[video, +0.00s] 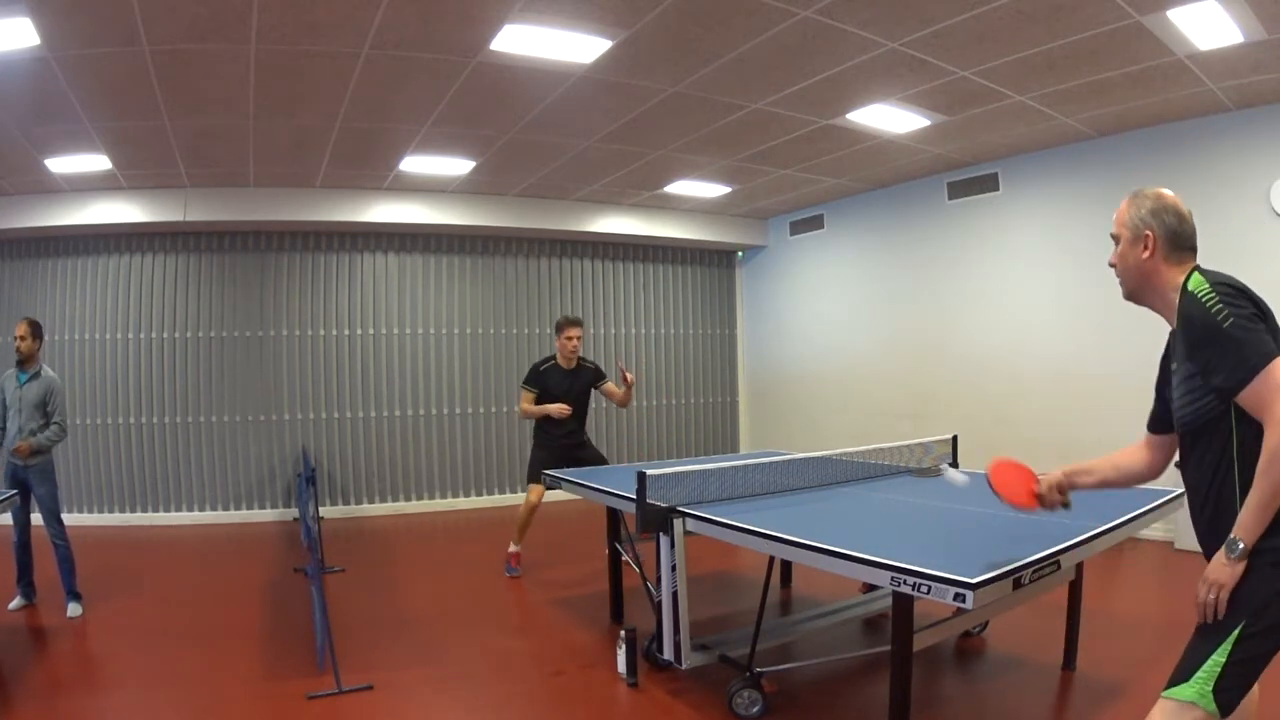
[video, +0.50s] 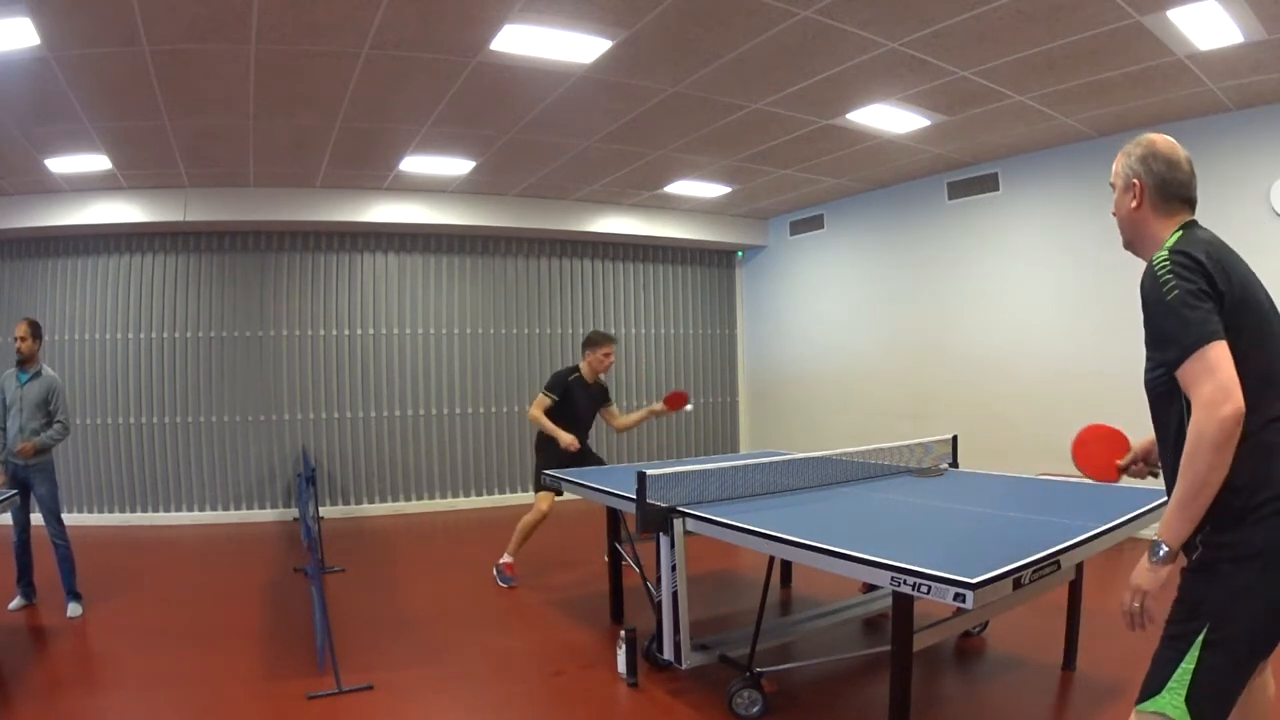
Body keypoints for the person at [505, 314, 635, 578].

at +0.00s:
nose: (575, 344)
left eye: (578, 339)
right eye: (569, 339)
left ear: (582, 341)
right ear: (557, 341)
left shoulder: (589, 370)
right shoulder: (540, 371)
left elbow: (621, 401)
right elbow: (524, 409)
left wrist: (627, 388)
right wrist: (548, 408)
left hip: (579, 444)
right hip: (546, 447)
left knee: (613, 485)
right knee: (534, 498)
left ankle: (616, 544)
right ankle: (514, 550)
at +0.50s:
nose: (611, 361)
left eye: (612, 355)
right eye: (606, 356)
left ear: (611, 356)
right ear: (588, 355)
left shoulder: (599, 389)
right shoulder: (563, 379)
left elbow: (618, 423)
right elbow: (534, 413)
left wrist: (650, 411)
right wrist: (561, 435)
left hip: (579, 450)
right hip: (551, 450)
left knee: (618, 488)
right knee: (543, 508)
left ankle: (615, 549)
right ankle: (506, 560)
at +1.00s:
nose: (576, 343)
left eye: (579, 338)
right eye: (570, 339)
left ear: (583, 341)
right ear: (558, 341)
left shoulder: (592, 372)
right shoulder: (541, 370)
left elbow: (617, 408)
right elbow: (522, 404)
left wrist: (626, 402)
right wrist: (536, 421)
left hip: (579, 445)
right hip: (547, 445)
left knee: (612, 491)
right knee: (530, 500)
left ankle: (618, 546)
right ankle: (508, 556)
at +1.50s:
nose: (553, 355)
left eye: (558, 350)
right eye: (548, 350)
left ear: (564, 351)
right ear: (539, 351)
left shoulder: (573, 378)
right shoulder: (524, 372)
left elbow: (600, 407)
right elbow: (507, 394)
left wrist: (610, 393)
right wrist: (494, 415)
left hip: (562, 443)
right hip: (530, 443)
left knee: (584, 493)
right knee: (518, 497)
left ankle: (598, 536)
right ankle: (504, 557)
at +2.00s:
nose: (606, 342)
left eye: (610, 337)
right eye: (601, 336)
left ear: (613, 341)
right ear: (588, 337)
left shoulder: (610, 373)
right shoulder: (569, 365)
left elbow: (614, 411)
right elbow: (546, 398)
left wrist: (630, 410)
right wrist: (571, 408)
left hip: (593, 442)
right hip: (565, 442)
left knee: (616, 487)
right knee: (555, 493)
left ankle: (606, 536)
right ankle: (529, 548)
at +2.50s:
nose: (580, 332)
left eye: (583, 327)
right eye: (574, 328)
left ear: (588, 330)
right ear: (563, 332)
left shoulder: (593, 362)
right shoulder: (550, 362)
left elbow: (598, 395)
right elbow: (533, 398)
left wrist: (610, 399)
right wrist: (559, 413)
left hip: (583, 436)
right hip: (557, 437)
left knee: (598, 488)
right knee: (554, 493)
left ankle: (604, 534)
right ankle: (541, 551)